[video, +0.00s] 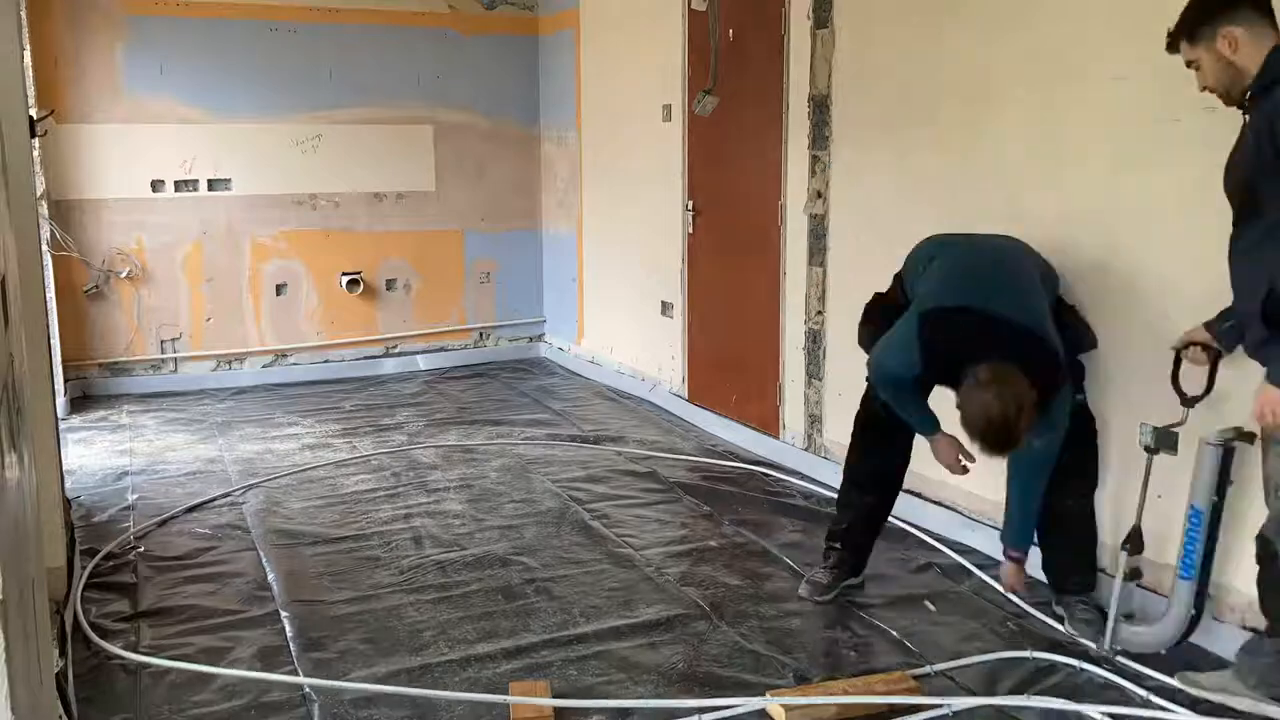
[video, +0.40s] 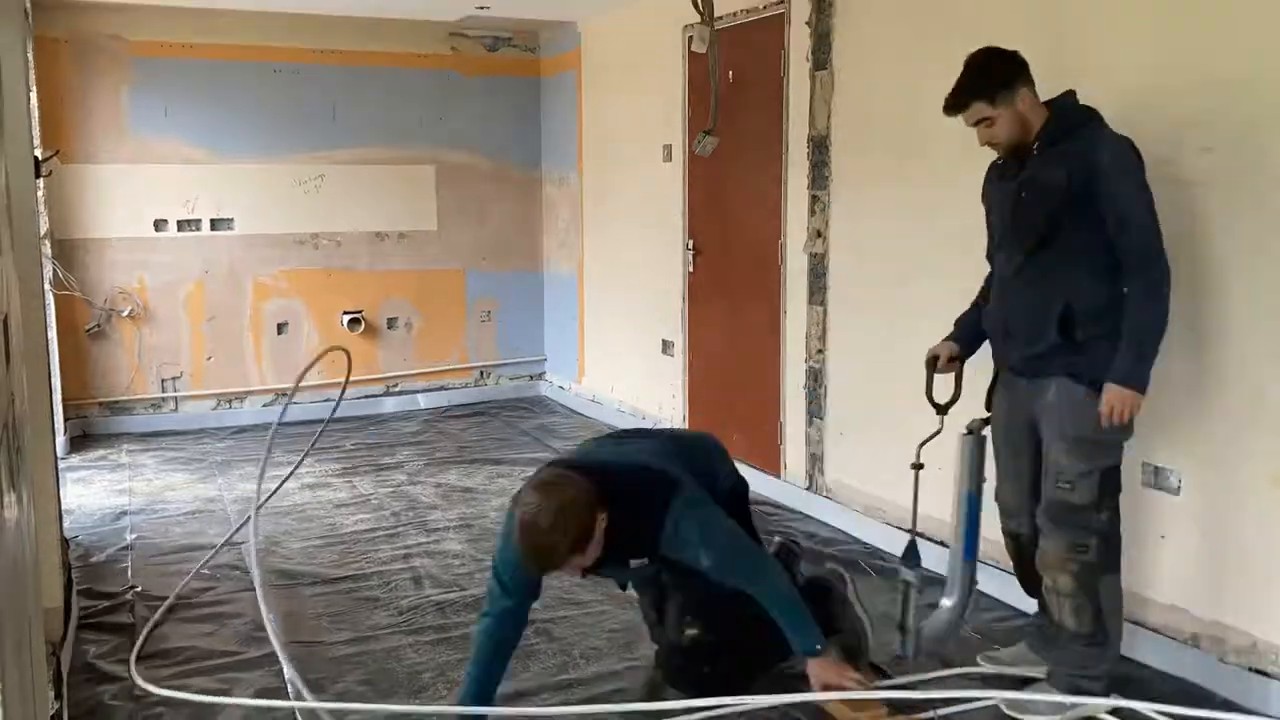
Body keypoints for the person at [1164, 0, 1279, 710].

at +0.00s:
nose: (1199, 85)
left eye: (1196, 66)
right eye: (1192, 70)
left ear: (1229, 43)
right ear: (1235, 41)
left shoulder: (1272, 109)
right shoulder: (1261, 112)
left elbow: (1273, 253)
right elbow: (1264, 254)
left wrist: (1275, 376)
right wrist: (1221, 328)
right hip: (1274, 360)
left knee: (1277, 531)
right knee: (1274, 529)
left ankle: (1271, 668)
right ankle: (1266, 663)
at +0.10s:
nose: (1171, 91)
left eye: (1169, 72)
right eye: (1164, 77)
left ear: (1202, 48)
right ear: (1208, 47)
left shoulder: (1258, 107)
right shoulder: (1239, 105)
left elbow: (1269, 258)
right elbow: (1241, 233)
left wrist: (1224, 377)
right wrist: (1185, 284)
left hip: (1247, 363)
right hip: (1220, 351)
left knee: (1231, 518)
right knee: (1198, 498)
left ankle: (1263, 658)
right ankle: (1185, 628)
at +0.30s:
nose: (1069, 133)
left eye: (1068, 115)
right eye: (1062, 121)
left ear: (1104, 93)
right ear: (1104, 98)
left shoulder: (1166, 139)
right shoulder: (1138, 146)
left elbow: (1189, 272)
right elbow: (1133, 279)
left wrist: (1141, 382)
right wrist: (1075, 356)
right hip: (1157, 376)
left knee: (1161, 547)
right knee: (1154, 543)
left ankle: (1182, 701)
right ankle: (1172, 688)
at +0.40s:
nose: (981, 137)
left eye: (986, 121)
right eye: (972, 126)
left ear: (1023, 99)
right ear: (980, 118)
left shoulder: (1102, 154)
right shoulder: (1001, 175)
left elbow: (1149, 272)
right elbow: (1004, 275)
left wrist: (1130, 374)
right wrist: (959, 340)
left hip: (1082, 377)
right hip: (1016, 377)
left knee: (1072, 533)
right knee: (1022, 527)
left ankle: (1088, 678)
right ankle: (1057, 648)